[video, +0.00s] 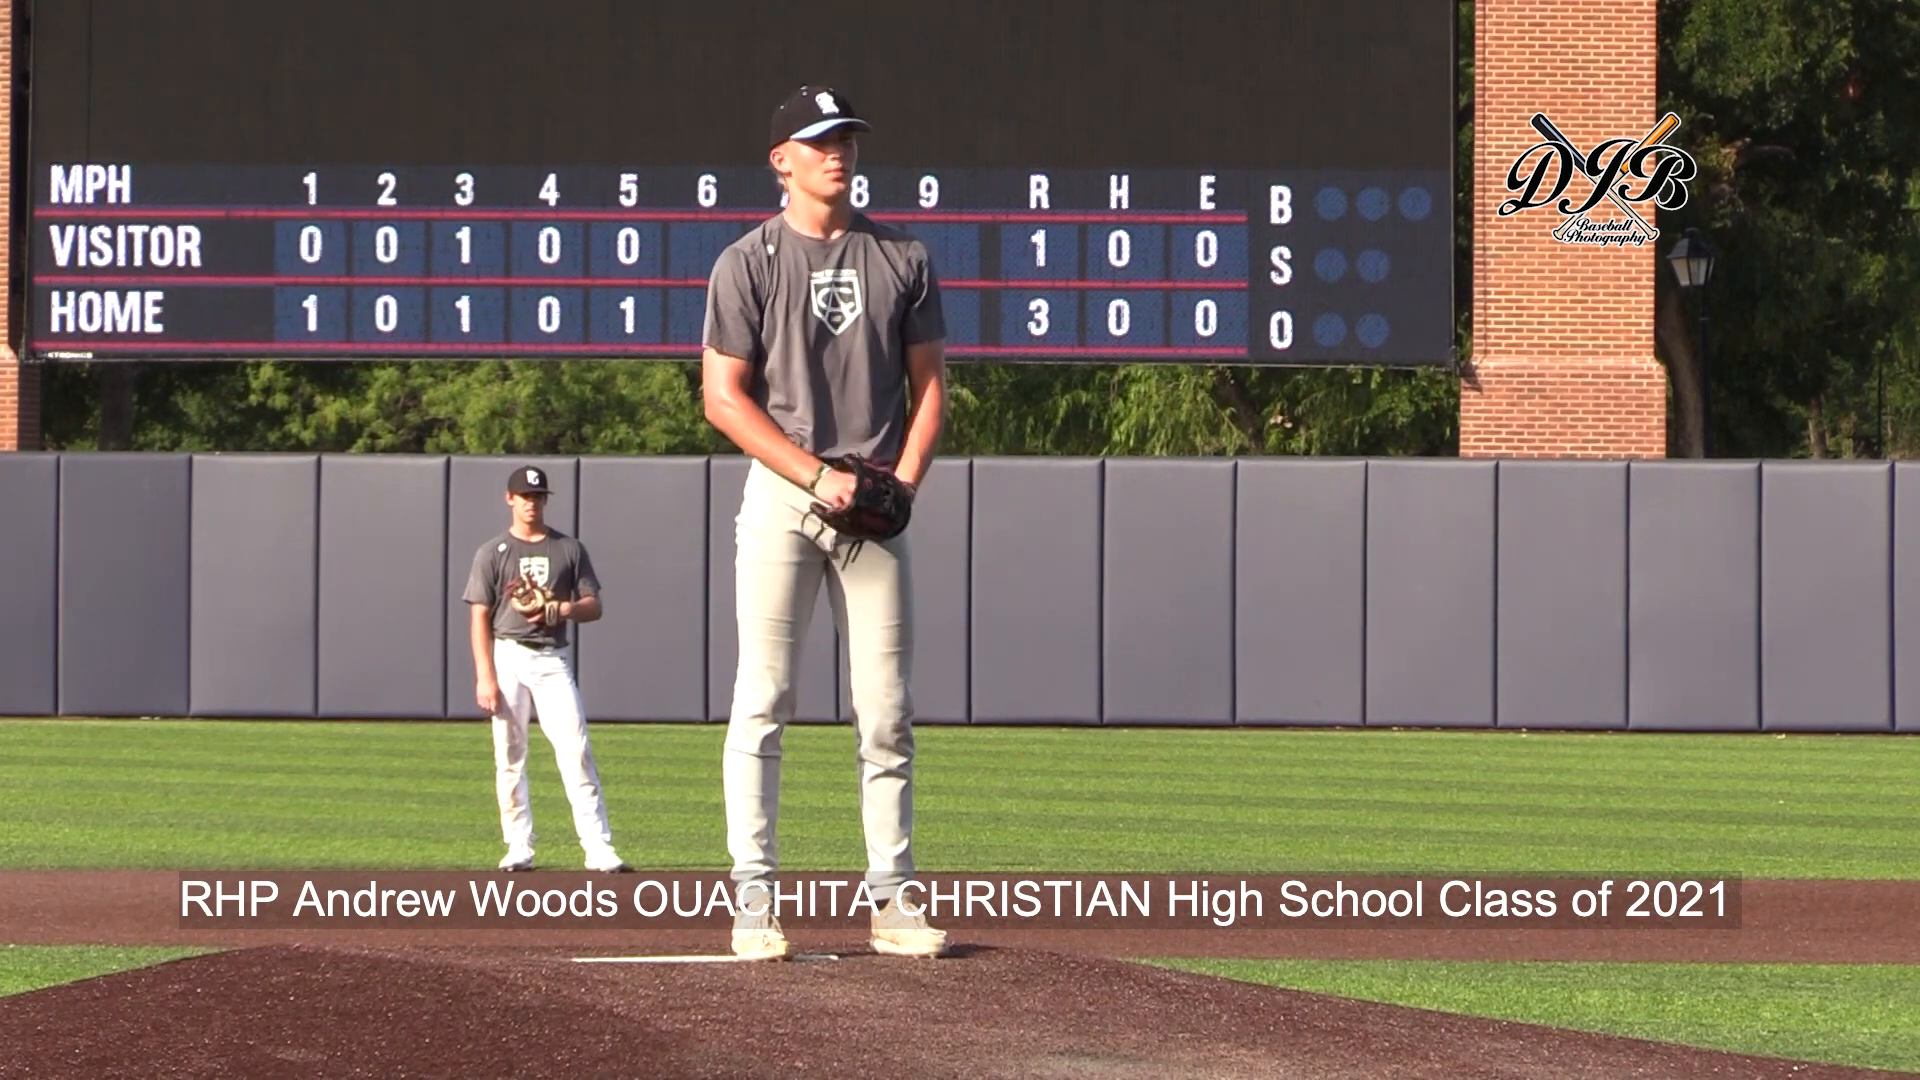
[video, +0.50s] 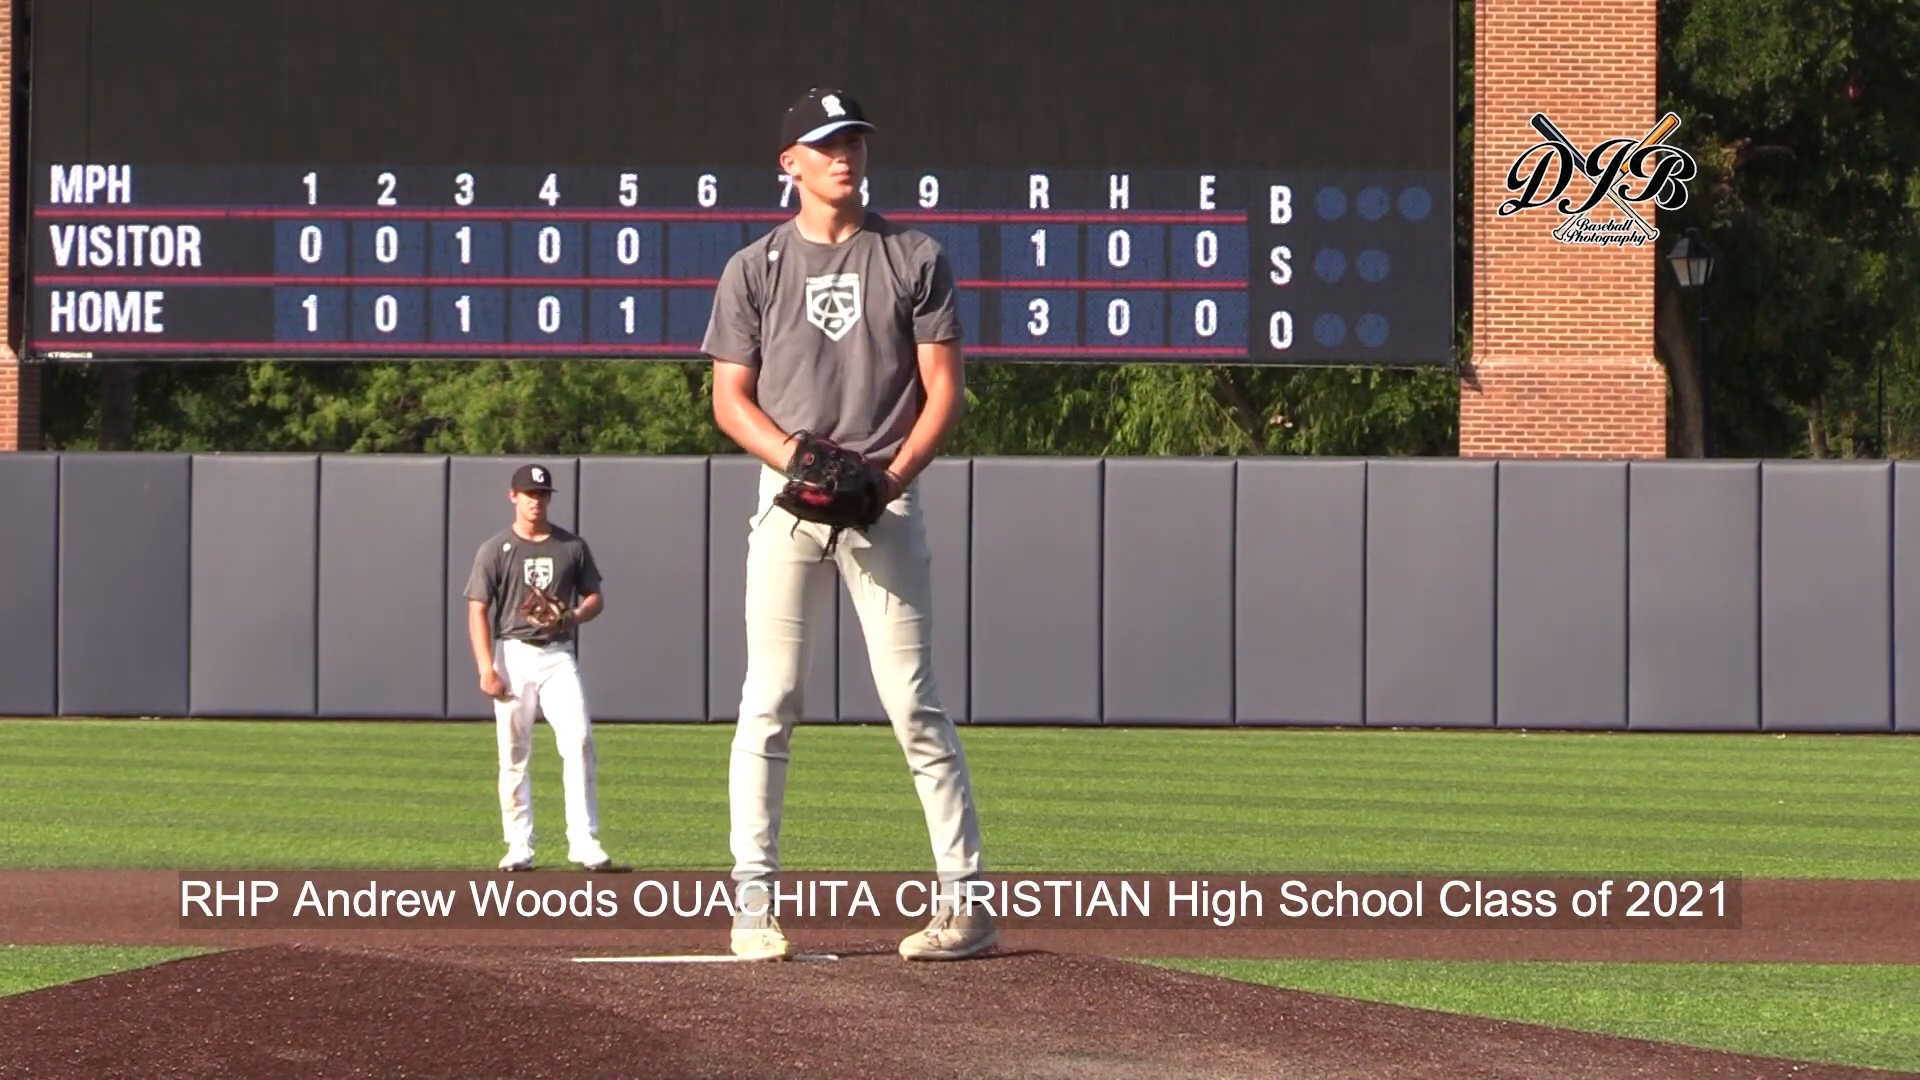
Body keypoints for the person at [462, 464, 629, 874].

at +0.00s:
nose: (532, 504)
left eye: (539, 497)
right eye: (525, 497)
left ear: (547, 500)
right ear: (510, 500)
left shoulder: (570, 549)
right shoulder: (491, 554)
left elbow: (593, 607)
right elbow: (479, 619)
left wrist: (559, 608)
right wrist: (485, 676)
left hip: (553, 658)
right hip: (506, 656)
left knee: (577, 749)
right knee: (509, 757)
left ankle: (600, 852)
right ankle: (519, 850)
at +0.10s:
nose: (533, 504)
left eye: (539, 497)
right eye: (526, 497)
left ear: (547, 500)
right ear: (511, 500)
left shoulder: (570, 549)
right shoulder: (492, 553)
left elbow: (595, 606)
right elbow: (480, 618)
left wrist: (562, 609)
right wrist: (485, 676)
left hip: (553, 659)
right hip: (506, 656)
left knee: (578, 749)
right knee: (509, 757)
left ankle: (600, 852)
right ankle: (519, 850)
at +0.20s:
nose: (533, 504)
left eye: (539, 497)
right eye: (526, 497)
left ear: (548, 500)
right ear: (511, 499)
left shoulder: (571, 548)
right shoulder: (492, 553)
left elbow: (596, 604)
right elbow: (480, 618)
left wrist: (564, 611)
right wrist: (486, 676)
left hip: (553, 658)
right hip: (506, 656)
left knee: (577, 749)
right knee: (510, 757)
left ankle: (598, 851)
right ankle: (519, 850)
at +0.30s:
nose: (533, 503)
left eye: (539, 496)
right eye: (526, 496)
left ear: (548, 500)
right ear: (511, 499)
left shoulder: (571, 547)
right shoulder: (492, 552)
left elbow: (597, 602)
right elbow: (480, 615)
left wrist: (568, 612)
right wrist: (486, 673)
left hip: (554, 658)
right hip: (507, 656)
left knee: (579, 743)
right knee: (510, 756)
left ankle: (595, 844)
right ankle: (518, 849)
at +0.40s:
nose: (534, 502)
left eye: (540, 495)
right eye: (527, 495)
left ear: (548, 499)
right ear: (512, 498)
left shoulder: (572, 547)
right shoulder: (493, 551)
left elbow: (597, 600)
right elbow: (479, 613)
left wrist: (571, 613)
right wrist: (485, 670)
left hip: (556, 657)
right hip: (509, 656)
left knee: (582, 741)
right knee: (510, 755)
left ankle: (590, 838)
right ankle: (519, 847)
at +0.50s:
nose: (536, 501)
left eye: (542, 494)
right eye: (529, 494)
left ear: (550, 498)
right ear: (514, 497)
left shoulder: (573, 547)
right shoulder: (493, 550)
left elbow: (594, 598)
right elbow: (478, 610)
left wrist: (571, 616)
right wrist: (487, 668)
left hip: (559, 657)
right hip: (512, 656)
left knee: (579, 742)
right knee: (513, 756)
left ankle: (585, 842)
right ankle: (519, 848)